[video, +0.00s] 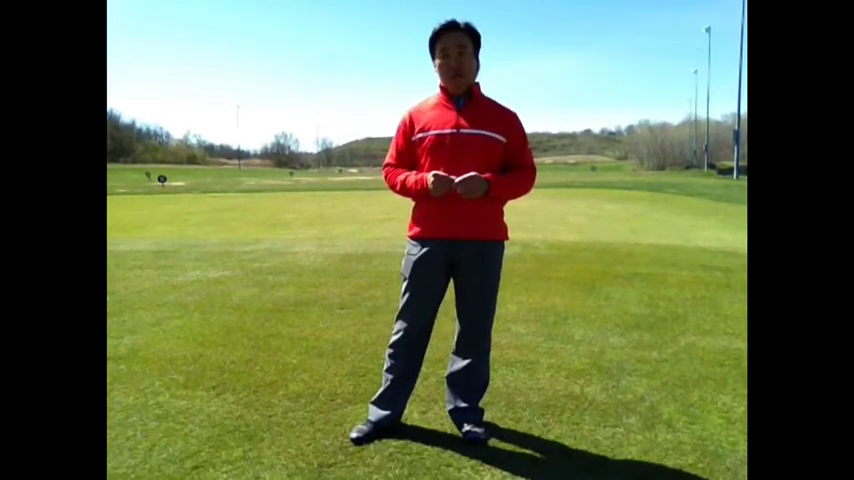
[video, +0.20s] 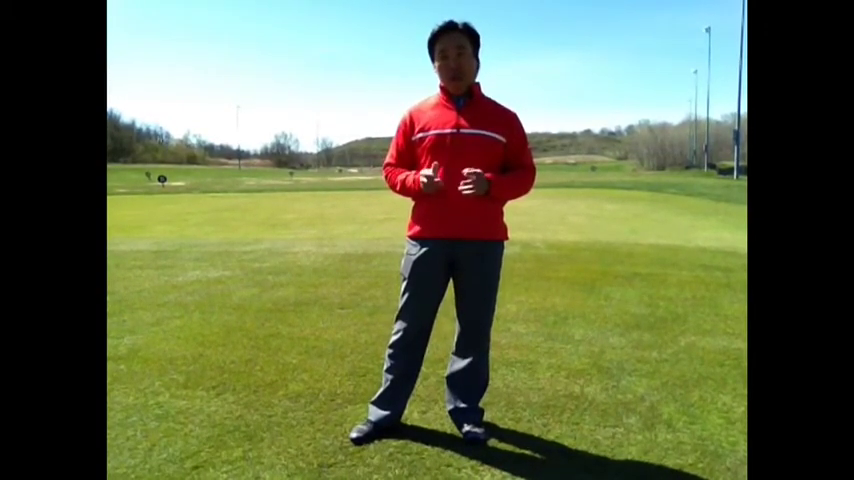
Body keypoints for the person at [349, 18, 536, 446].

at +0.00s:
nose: (452, 60)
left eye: (461, 51)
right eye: (444, 53)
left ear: (477, 58)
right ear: (433, 62)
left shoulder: (504, 119)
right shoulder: (415, 117)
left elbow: (525, 175)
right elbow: (392, 172)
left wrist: (489, 184)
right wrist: (424, 181)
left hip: (482, 243)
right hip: (427, 241)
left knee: (475, 334)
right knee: (408, 330)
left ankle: (468, 415)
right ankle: (383, 414)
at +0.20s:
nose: (452, 61)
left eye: (460, 52)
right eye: (443, 54)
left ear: (476, 59)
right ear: (433, 63)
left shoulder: (503, 119)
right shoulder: (416, 116)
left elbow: (525, 175)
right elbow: (392, 170)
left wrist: (492, 184)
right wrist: (414, 180)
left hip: (482, 243)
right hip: (427, 240)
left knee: (474, 335)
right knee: (408, 330)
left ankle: (468, 415)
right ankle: (383, 414)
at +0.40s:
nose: (451, 61)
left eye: (460, 53)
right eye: (443, 54)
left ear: (476, 59)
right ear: (432, 63)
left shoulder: (503, 120)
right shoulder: (415, 117)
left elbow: (525, 175)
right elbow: (390, 169)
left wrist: (496, 185)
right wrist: (407, 181)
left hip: (482, 243)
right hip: (427, 240)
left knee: (474, 335)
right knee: (408, 330)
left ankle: (468, 416)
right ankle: (383, 415)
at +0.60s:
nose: (452, 61)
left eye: (460, 52)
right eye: (443, 54)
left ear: (477, 59)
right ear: (433, 62)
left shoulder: (503, 120)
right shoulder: (416, 117)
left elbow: (525, 176)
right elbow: (391, 171)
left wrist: (492, 185)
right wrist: (413, 180)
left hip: (481, 244)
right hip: (426, 241)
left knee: (474, 335)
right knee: (407, 331)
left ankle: (468, 417)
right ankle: (383, 415)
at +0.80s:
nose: (452, 61)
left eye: (461, 52)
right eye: (443, 54)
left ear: (478, 58)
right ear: (434, 62)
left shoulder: (505, 119)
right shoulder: (416, 116)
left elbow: (526, 176)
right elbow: (391, 171)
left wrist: (488, 184)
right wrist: (425, 180)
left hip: (482, 244)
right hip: (426, 240)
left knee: (473, 335)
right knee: (406, 330)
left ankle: (467, 416)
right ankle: (383, 414)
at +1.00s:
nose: (454, 61)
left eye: (463, 52)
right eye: (446, 54)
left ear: (480, 58)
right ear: (437, 61)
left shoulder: (506, 119)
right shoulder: (418, 115)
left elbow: (528, 175)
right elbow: (392, 170)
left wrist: (490, 186)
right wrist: (425, 182)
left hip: (483, 244)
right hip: (428, 240)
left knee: (474, 335)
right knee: (407, 329)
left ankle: (467, 415)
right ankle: (384, 414)